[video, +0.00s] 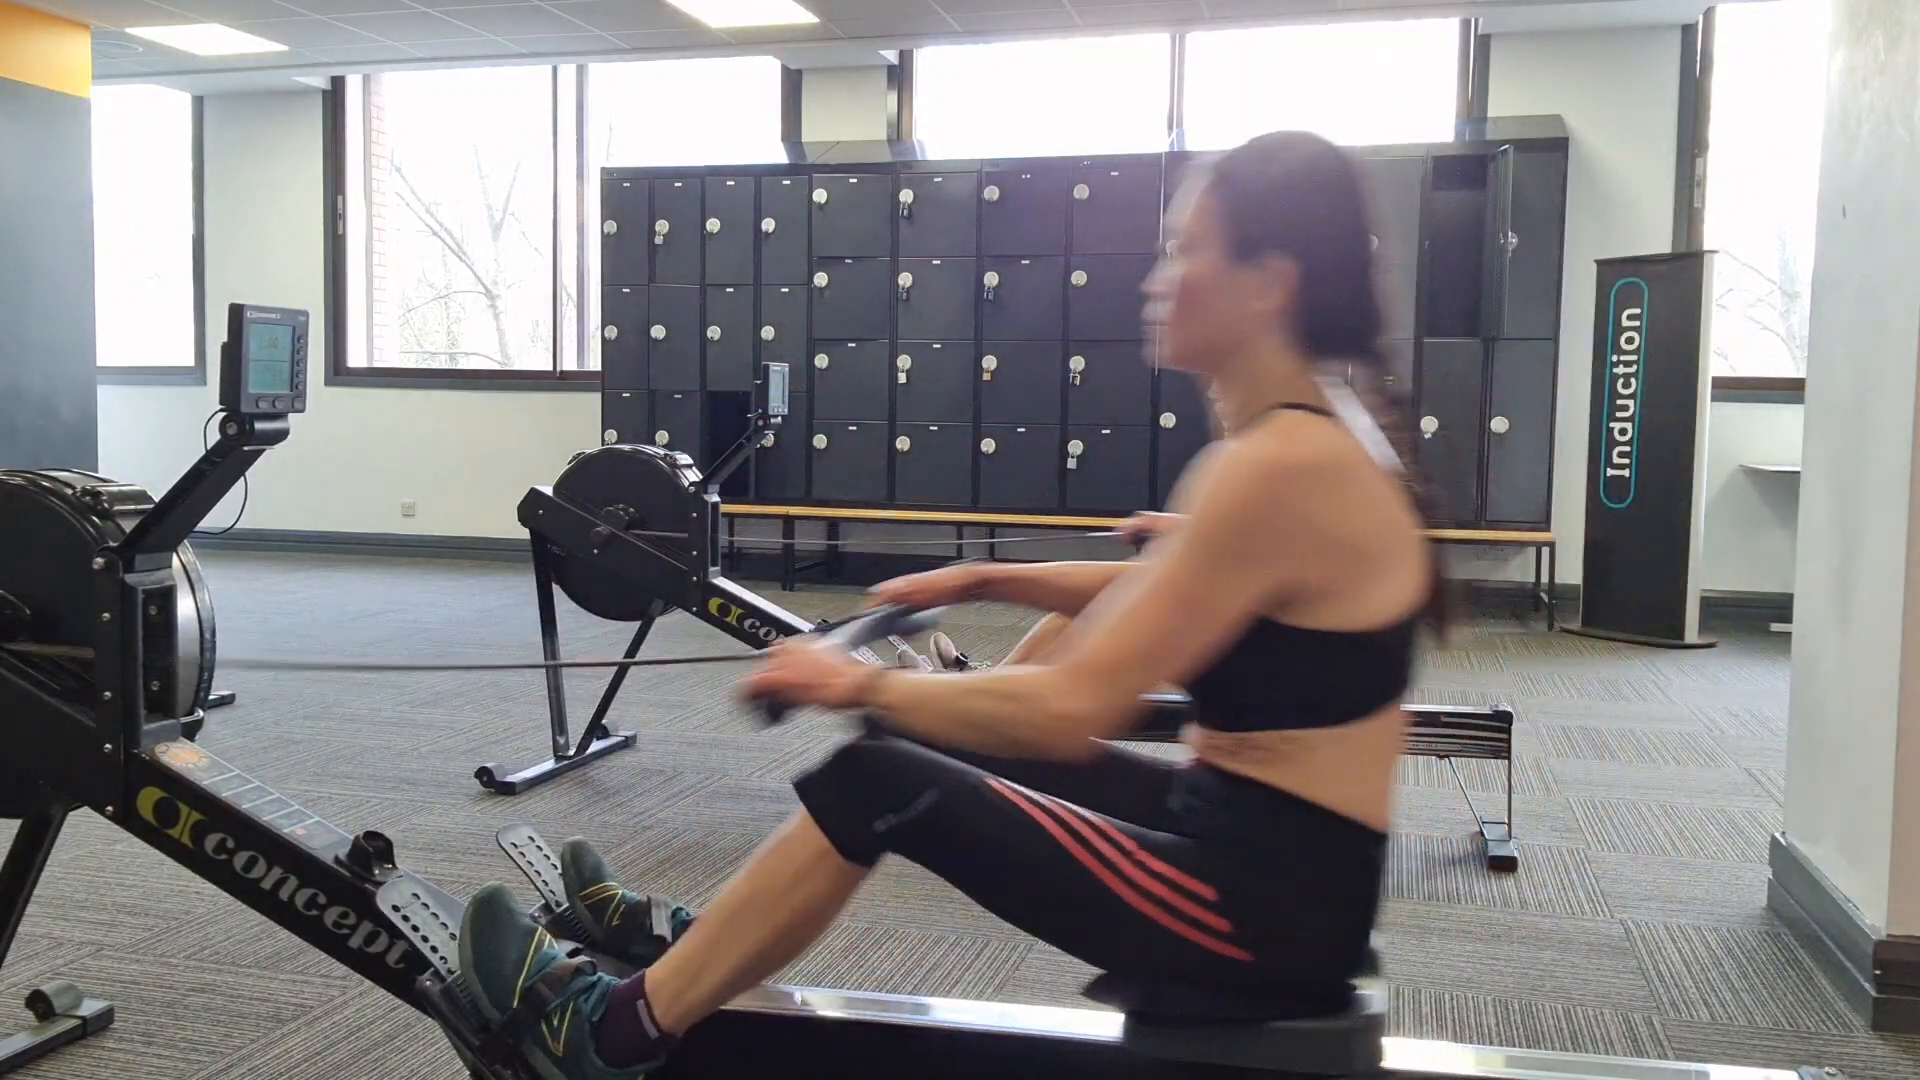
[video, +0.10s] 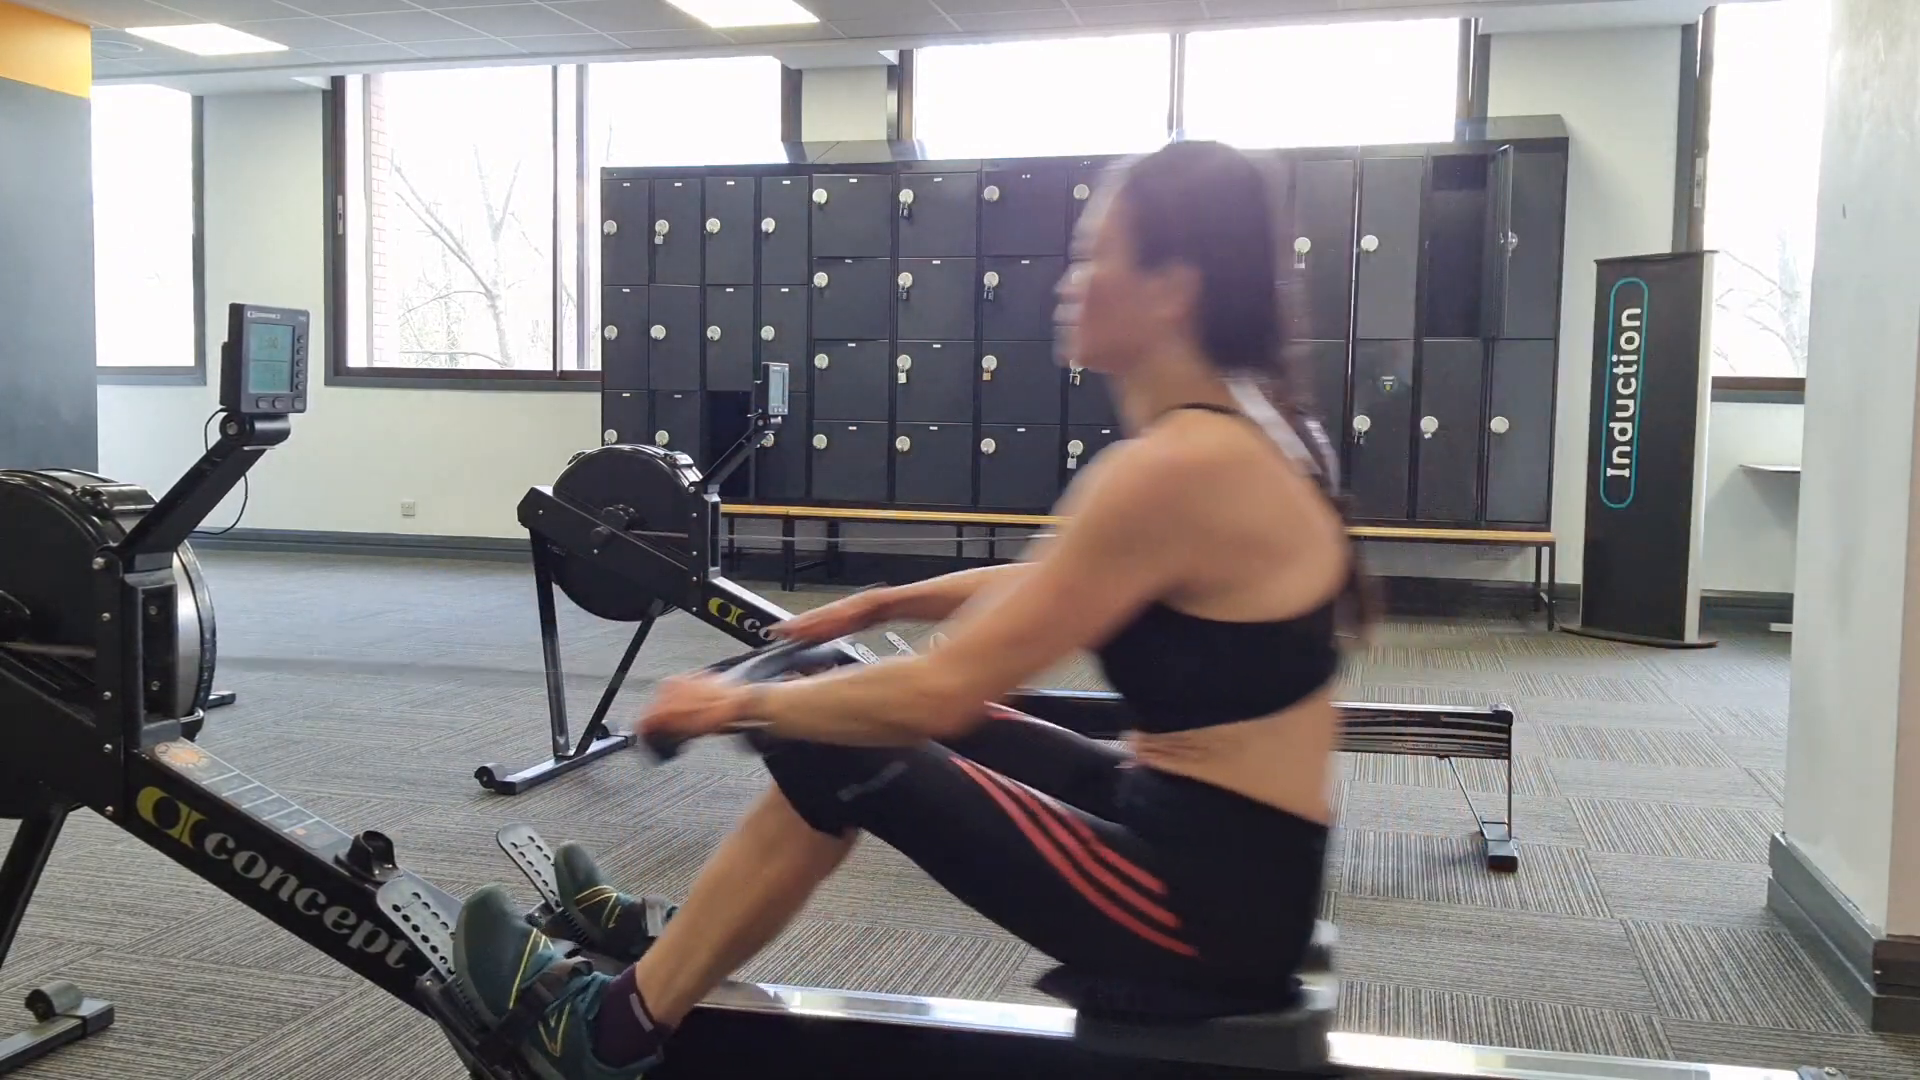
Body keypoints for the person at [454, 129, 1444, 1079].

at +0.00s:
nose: (1155, 283)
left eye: (1182, 255)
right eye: (1164, 254)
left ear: (1272, 280)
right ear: (1265, 283)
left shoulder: (1277, 469)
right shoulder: (1284, 443)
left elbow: (1066, 713)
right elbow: (1172, 586)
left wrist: (857, 680)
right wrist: (992, 577)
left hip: (1266, 901)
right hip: (1257, 845)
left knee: (881, 781)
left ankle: (636, 1025)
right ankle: (695, 961)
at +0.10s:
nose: (1065, 285)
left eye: (1091, 261)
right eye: (1076, 258)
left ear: (1179, 288)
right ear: (1177, 293)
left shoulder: (1171, 472)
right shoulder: (1241, 439)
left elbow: (934, 698)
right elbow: (1071, 581)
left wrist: (737, 701)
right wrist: (879, 609)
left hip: (1198, 905)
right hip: (1221, 840)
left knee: (849, 753)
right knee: (871, 703)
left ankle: (630, 1019)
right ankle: (673, 953)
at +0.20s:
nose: (980, 285)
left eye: (1004, 261)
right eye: (990, 259)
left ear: (1083, 298)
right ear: (1084, 300)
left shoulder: (1072, 476)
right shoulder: (1142, 439)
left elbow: (811, 677)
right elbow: (959, 598)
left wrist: (627, 725)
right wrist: (808, 626)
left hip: (1141, 907)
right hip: (1160, 850)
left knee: (808, 725)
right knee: (828, 671)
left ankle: (623, 1013)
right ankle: (682, 947)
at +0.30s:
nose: (899, 298)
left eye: (922, 276)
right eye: (909, 273)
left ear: (996, 308)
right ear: (998, 311)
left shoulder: (982, 479)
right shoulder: (1068, 449)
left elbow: (725, 665)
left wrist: (535, 753)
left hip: (1078, 898)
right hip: (1129, 867)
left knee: (754, 706)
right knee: (816, 658)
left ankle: (612, 1015)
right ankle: (692, 939)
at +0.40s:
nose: (819, 315)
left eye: (839, 289)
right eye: (828, 288)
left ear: (910, 318)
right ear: (919, 321)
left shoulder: (901, 480)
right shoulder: (998, 451)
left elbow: (621, 663)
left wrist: (442, 763)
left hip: (1020, 903)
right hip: (1086, 870)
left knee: (714, 690)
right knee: (775, 650)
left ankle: (611, 1010)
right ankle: (692, 942)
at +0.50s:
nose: (746, 326)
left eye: (764, 302)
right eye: (757, 299)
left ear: (829, 334)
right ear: (857, 340)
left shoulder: (825, 485)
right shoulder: (957, 466)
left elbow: (540, 653)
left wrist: (356, 759)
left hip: (978, 900)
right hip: (1052, 879)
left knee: (684, 678)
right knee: (750, 645)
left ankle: (605, 1012)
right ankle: (680, 959)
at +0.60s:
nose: (696, 336)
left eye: (712, 315)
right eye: (707, 311)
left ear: (773, 348)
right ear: (823, 359)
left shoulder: (780, 494)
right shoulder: (913, 474)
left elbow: (486, 638)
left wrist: (285, 725)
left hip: (949, 891)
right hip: (1032, 875)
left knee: (662, 668)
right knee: (733, 657)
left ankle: (609, 1011)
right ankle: (687, 933)